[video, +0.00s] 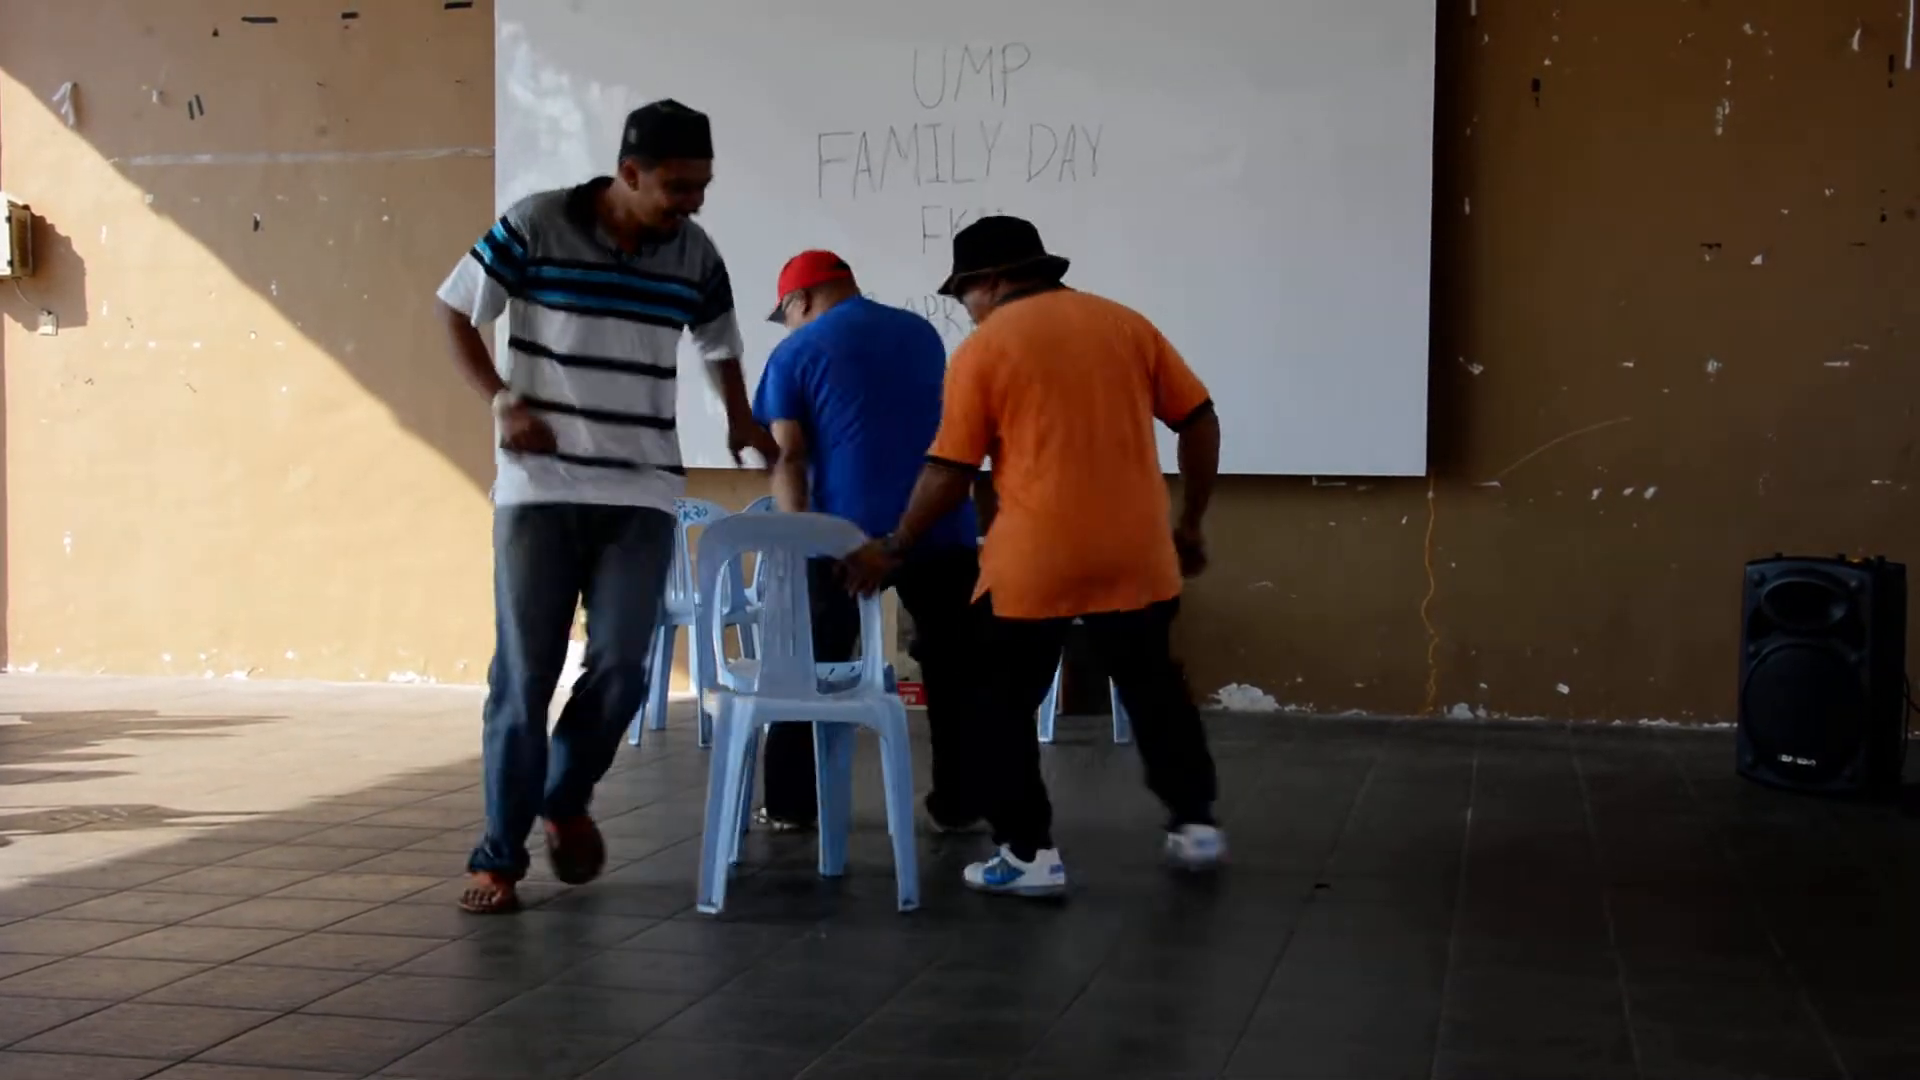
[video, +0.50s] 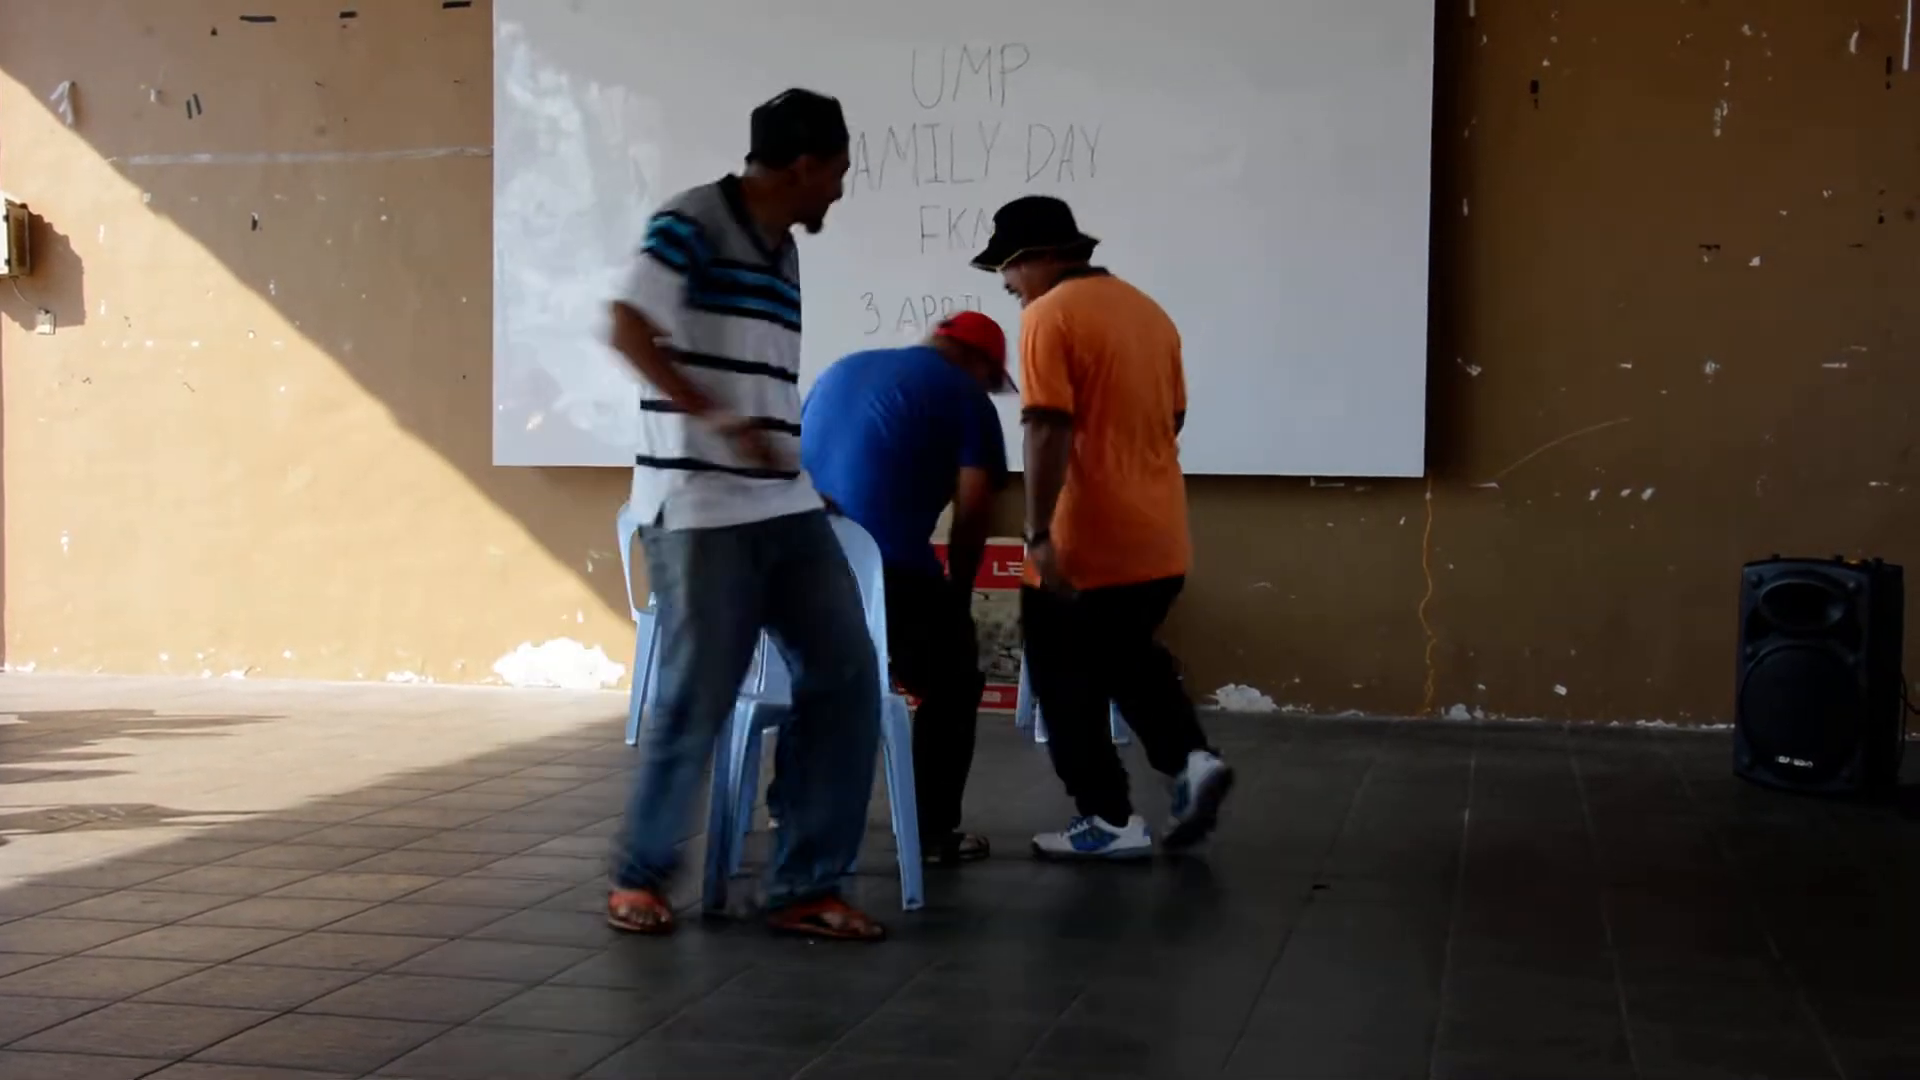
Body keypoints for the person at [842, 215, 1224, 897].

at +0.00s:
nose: (965, 309)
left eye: (966, 293)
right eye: (963, 294)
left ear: (990, 282)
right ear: (1040, 275)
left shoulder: (985, 350)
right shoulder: (1124, 324)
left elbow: (949, 471)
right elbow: (1200, 420)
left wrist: (895, 546)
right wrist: (1192, 523)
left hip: (1036, 557)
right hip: (1138, 547)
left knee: (995, 702)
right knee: (1153, 680)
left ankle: (1028, 851)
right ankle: (1195, 822)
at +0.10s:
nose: (980, 310)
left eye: (981, 293)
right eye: (976, 296)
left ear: (1009, 279)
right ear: (1051, 273)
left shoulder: (1011, 350)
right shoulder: (1140, 325)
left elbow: (967, 470)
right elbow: (1204, 420)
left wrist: (901, 547)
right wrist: (1179, 505)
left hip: (1060, 565)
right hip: (1161, 556)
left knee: (1002, 696)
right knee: (1160, 684)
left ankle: (1030, 851)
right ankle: (1212, 830)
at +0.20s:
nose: (1000, 302)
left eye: (1002, 286)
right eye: (996, 289)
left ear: (1033, 273)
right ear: (1068, 268)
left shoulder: (1039, 342)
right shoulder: (1155, 319)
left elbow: (994, 463)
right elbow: (1205, 418)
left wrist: (924, 537)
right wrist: (1163, 490)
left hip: (1079, 552)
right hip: (1176, 545)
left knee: (1032, 688)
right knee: (1169, 683)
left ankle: (1042, 837)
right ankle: (1215, 829)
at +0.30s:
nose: (1011, 285)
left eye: (1012, 268)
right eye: (1006, 271)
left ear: (1043, 256)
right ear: (1074, 251)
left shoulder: (1055, 323)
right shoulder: (1162, 307)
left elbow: (1032, 438)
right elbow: (1196, 409)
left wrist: (971, 529)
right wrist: (1140, 473)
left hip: (1085, 542)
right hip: (1178, 535)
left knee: (1046, 672)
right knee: (1177, 680)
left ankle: (1086, 817)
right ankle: (1213, 825)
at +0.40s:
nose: (1013, 277)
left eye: (1014, 260)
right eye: (1008, 264)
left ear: (1045, 248)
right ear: (1081, 243)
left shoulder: (1057, 306)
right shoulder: (1156, 299)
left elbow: (1051, 420)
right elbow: (1187, 402)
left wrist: (1019, 524)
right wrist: (1138, 467)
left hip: (1084, 529)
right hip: (1171, 523)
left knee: (1070, 682)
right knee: (1168, 666)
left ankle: (1111, 820)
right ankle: (1208, 802)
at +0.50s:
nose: (1009, 285)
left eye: (1010, 270)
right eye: (1005, 273)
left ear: (1040, 258)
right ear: (1076, 253)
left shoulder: (1050, 314)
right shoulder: (1147, 309)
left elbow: (1048, 426)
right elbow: (1172, 417)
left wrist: (1036, 534)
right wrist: (1114, 475)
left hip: (1087, 541)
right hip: (1162, 539)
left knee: (1063, 679)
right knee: (1127, 650)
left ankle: (1106, 819)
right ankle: (1189, 761)